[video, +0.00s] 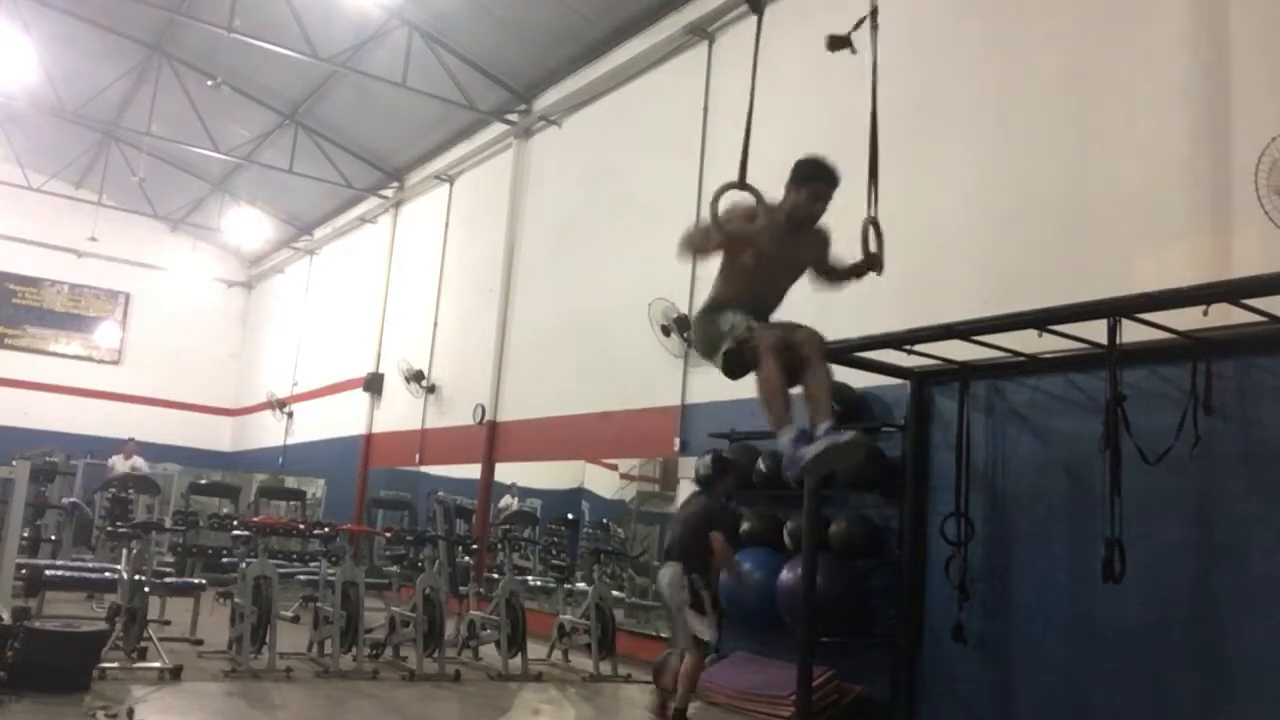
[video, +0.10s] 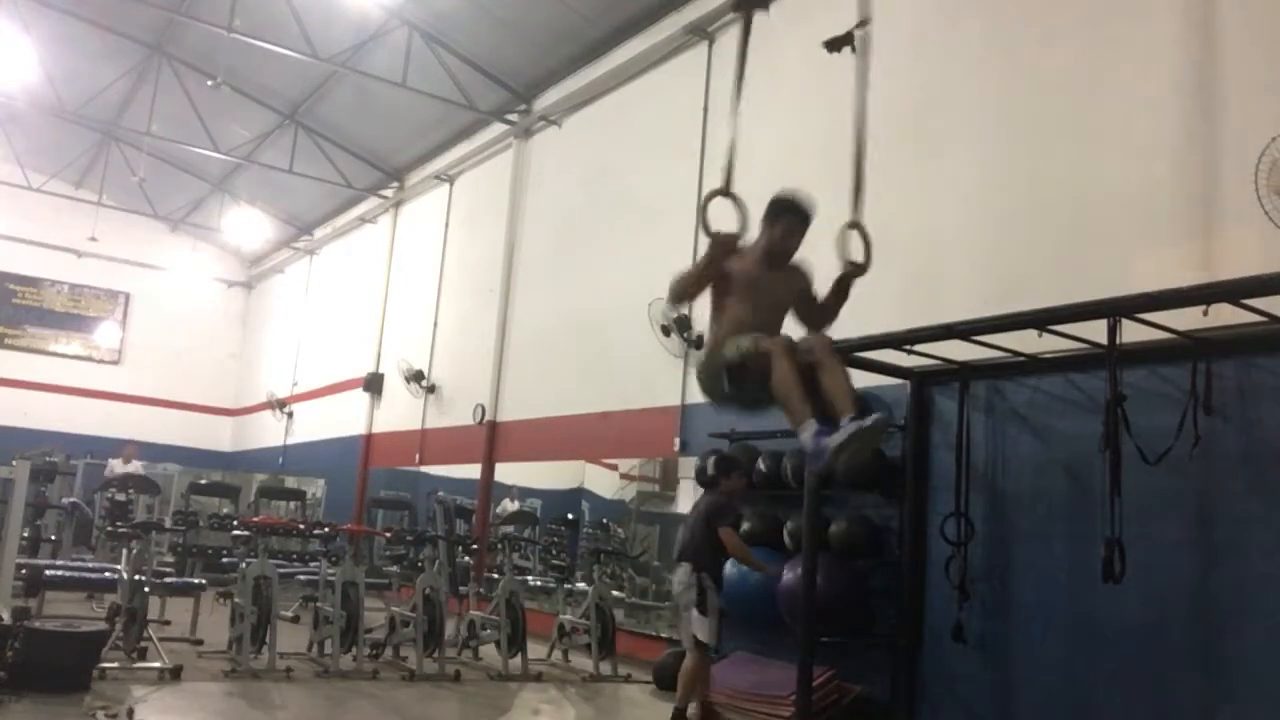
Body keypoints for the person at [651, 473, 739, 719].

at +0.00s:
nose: (734, 483)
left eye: (734, 477)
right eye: (731, 478)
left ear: (705, 478)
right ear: (723, 479)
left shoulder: (693, 501)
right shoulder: (717, 507)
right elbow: (719, 547)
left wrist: (718, 563)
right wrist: (732, 567)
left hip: (667, 569)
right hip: (685, 573)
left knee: (679, 646)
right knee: (696, 648)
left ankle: (662, 705)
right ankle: (680, 710)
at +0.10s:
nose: (743, 483)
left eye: (743, 477)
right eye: (739, 477)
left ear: (716, 480)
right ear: (724, 479)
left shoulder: (707, 501)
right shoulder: (720, 503)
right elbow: (733, 546)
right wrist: (761, 567)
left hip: (685, 571)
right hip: (695, 574)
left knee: (701, 648)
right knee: (697, 649)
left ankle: (704, 705)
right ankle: (679, 711)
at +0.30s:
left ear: (705, 482)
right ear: (722, 477)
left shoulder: (715, 507)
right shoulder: (727, 507)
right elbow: (738, 556)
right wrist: (758, 583)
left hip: (706, 574)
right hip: (719, 578)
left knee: (722, 647)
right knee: (734, 649)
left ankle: (713, 706)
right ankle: (696, 699)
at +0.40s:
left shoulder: (713, 512)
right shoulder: (727, 510)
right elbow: (728, 547)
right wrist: (735, 589)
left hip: (716, 576)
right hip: (728, 578)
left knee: (723, 648)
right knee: (750, 647)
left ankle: (712, 701)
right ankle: (713, 700)